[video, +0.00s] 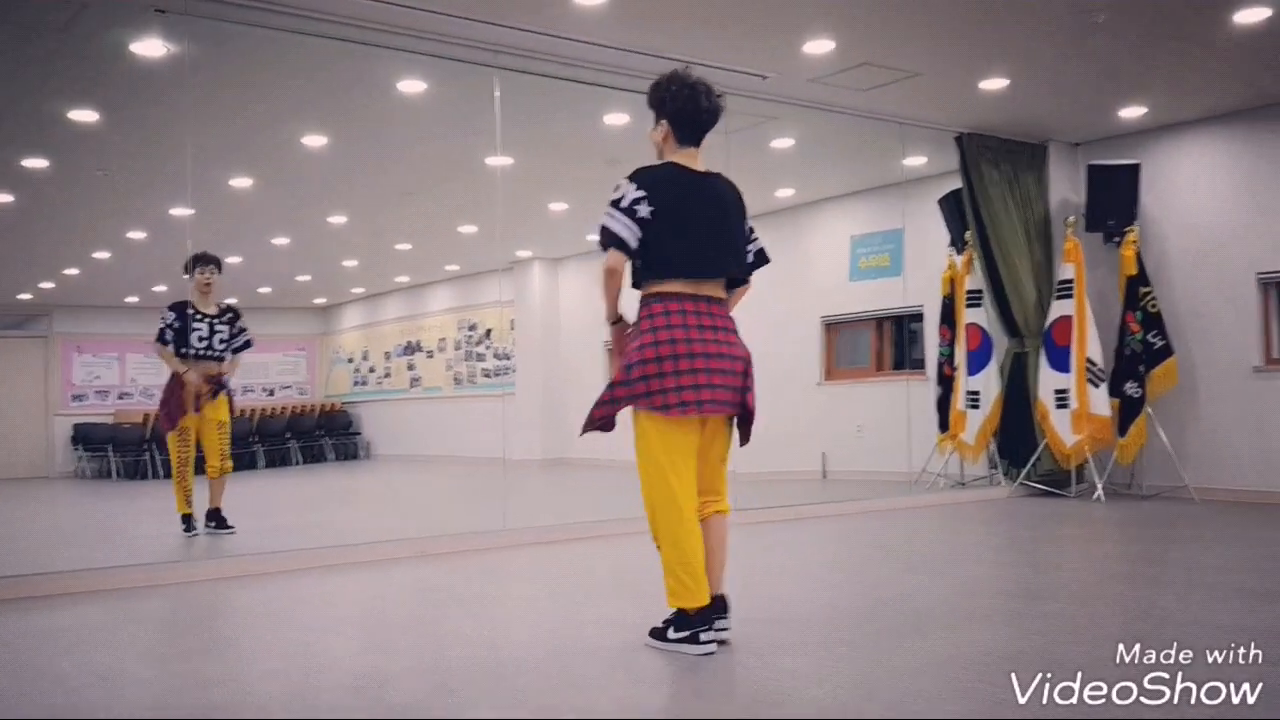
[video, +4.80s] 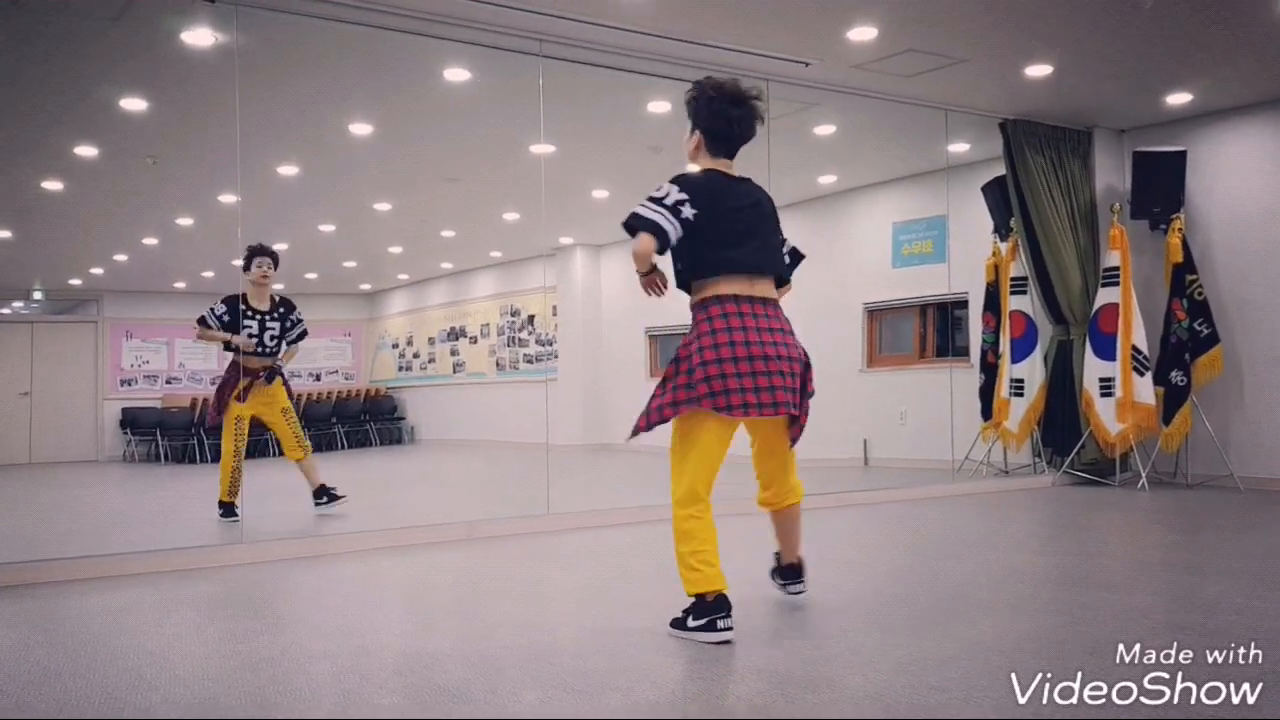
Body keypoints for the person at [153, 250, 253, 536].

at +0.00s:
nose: (207, 278)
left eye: (212, 273)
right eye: (201, 273)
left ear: (219, 278)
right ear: (191, 277)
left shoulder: (229, 314)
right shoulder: (177, 311)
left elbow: (238, 349)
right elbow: (162, 346)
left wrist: (229, 371)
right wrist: (183, 372)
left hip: (216, 391)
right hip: (183, 391)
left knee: (219, 454)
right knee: (183, 456)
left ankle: (215, 512)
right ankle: (187, 514)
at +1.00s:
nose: (232, 268)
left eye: (236, 263)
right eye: (226, 263)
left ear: (242, 268)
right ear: (214, 267)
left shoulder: (245, 303)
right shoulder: (203, 295)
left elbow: (244, 346)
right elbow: (190, 334)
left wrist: (248, 379)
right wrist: (193, 373)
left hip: (235, 372)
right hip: (209, 372)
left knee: (251, 438)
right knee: (212, 438)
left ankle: (235, 495)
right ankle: (207, 499)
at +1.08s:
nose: (242, 261)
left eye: (247, 256)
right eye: (236, 256)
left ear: (253, 260)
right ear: (225, 260)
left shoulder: (260, 295)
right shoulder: (213, 289)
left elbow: (263, 336)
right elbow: (197, 325)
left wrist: (258, 360)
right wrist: (209, 360)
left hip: (247, 366)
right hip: (218, 365)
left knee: (260, 433)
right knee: (218, 434)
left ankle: (247, 489)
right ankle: (218, 493)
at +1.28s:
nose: (263, 248)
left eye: (267, 244)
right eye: (256, 244)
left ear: (274, 250)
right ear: (247, 251)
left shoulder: (288, 284)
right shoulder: (235, 284)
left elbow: (302, 319)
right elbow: (212, 316)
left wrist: (286, 346)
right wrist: (238, 334)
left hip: (271, 362)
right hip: (236, 361)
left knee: (274, 429)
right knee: (236, 426)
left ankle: (268, 477)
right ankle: (240, 479)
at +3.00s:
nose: (254, 264)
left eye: (258, 261)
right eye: (248, 260)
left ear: (264, 268)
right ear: (236, 267)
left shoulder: (268, 302)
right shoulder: (224, 299)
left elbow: (276, 341)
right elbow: (200, 333)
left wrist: (276, 364)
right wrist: (216, 371)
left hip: (270, 374)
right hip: (241, 375)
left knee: (269, 443)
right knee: (249, 444)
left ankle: (259, 495)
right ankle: (232, 496)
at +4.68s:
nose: (263, 278)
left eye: (268, 273)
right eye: (258, 273)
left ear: (273, 275)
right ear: (247, 272)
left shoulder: (278, 305)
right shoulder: (228, 300)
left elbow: (283, 341)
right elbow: (204, 330)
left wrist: (274, 362)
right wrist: (231, 356)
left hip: (265, 381)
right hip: (235, 381)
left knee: (280, 438)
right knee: (231, 445)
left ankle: (281, 496)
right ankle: (226, 502)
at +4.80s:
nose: (265, 271)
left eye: (270, 267)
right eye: (259, 266)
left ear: (275, 273)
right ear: (247, 271)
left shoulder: (284, 307)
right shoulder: (232, 304)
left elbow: (294, 345)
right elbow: (201, 331)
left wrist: (278, 366)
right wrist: (232, 338)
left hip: (272, 383)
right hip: (239, 383)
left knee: (295, 435)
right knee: (233, 447)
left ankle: (319, 490)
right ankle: (227, 502)